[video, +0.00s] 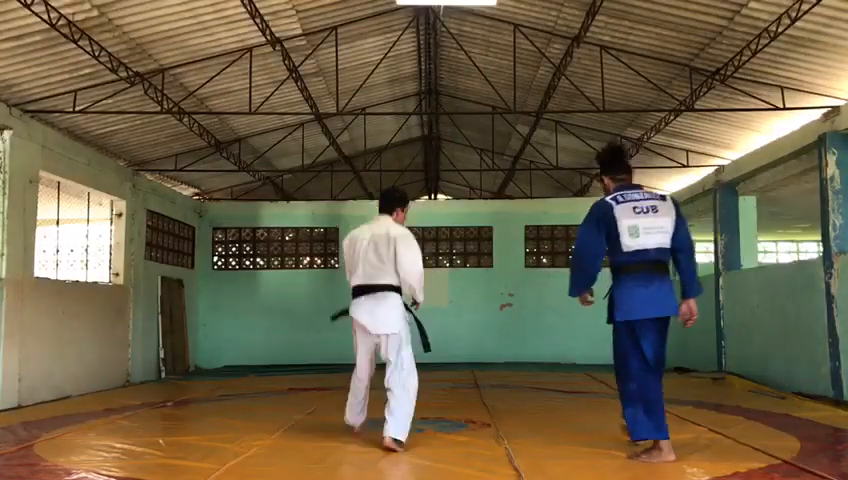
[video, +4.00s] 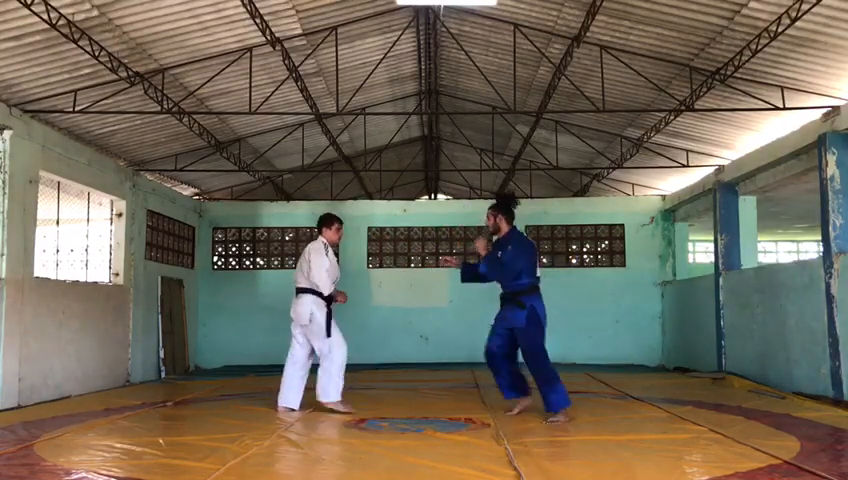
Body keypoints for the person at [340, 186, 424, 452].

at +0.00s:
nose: (406, 216)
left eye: (406, 212)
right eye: (406, 212)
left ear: (379, 210)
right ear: (399, 211)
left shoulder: (354, 236)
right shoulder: (400, 234)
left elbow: (350, 271)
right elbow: (411, 273)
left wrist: (361, 290)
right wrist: (416, 297)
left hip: (360, 304)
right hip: (389, 304)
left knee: (362, 365)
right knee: (401, 369)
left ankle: (354, 418)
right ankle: (394, 433)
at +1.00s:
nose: (367, 241)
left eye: (367, 237)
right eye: (363, 237)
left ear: (363, 240)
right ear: (351, 240)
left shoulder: (365, 262)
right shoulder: (338, 265)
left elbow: (357, 289)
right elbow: (337, 295)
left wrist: (371, 293)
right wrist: (365, 294)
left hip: (354, 315)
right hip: (339, 316)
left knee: (343, 360)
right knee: (353, 357)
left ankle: (330, 401)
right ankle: (323, 400)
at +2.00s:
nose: (383, 244)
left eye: (384, 240)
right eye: (379, 240)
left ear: (381, 243)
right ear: (367, 244)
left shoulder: (385, 261)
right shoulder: (361, 267)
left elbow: (406, 270)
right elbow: (376, 292)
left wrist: (418, 265)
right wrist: (404, 295)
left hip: (379, 316)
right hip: (365, 317)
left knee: (387, 355)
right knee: (387, 355)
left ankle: (368, 386)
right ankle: (377, 407)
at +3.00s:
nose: (368, 226)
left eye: (368, 222)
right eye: (364, 222)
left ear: (360, 224)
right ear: (352, 224)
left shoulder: (367, 246)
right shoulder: (345, 247)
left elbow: (385, 270)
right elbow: (349, 274)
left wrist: (407, 276)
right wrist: (371, 267)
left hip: (365, 301)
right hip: (351, 302)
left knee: (369, 349)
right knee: (362, 351)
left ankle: (362, 395)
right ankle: (350, 401)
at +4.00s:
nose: (340, 235)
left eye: (341, 230)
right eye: (337, 230)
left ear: (325, 231)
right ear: (326, 230)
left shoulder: (317, 249)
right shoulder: (317, 248)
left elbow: (316, 282)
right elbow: (320, 278)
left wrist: (334, 295)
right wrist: (335, 294)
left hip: (302, 303)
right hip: (312, 304)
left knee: (299, 355)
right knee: (336, 348)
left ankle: (286, 404)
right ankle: (330, 397)